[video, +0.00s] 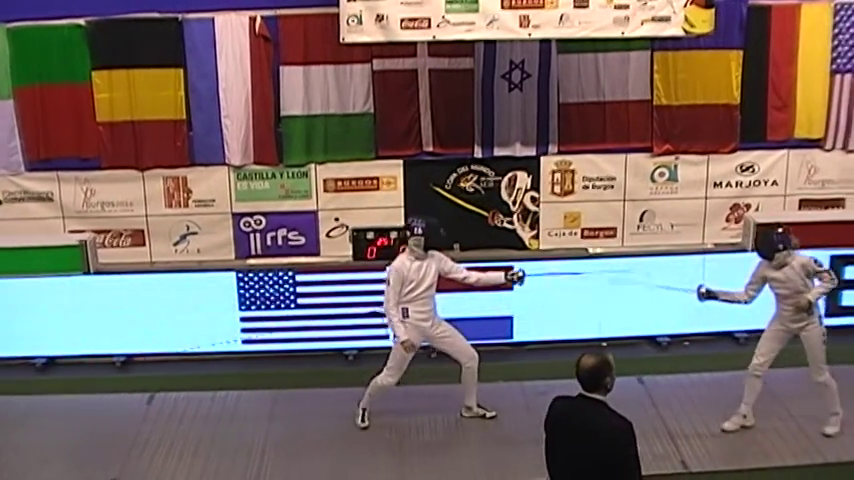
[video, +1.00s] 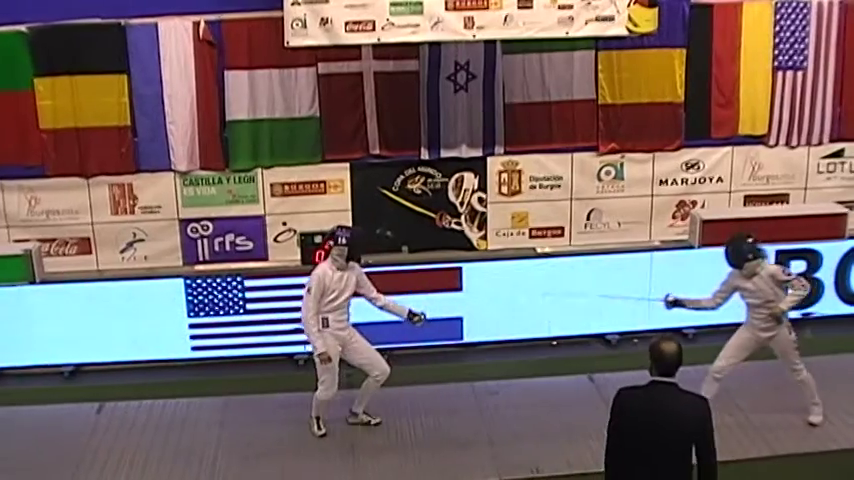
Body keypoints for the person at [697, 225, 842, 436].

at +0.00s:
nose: (769, 262)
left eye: (771, 257)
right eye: (766, 258)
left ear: (782, 251)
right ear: (765, 255)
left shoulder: (803, 263)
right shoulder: (764, 268)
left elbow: (830, 280)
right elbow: (746, 296)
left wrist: (810, 298)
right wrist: (713, 295)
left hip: (809, 323)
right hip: (781, 322)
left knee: (820, 375)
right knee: (757, 367)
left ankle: (835, 416)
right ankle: (744, 415)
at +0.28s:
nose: (792, 274)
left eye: (795, 269)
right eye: (790, 270)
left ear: (802, 262)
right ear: (786, 268)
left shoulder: (820, 275)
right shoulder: (783, 281)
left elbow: (845, 295)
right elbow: (767, 307)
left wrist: (825, 311)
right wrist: (736, 307)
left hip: (824, 335)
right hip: (795, 334)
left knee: (836, 385)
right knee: (761, 371)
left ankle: (852, 413)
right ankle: (737, 413)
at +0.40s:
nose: (800, 262)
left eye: (802, 258)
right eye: (798, 259)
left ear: (807, 252)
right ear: (791, 258)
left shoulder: (827, 266)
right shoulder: (789, 272)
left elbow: (852, 281)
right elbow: (777, 300)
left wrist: (840, 299)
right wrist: (745, 303)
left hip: (830, 326)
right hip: (802, 325)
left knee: (837, 375)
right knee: (772, 367)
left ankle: (848, 413)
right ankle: (748, 410)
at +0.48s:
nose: (797, 259)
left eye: (799, 253)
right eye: (796, 255)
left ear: (805, 248)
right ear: (792, 254)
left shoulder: (827, 261)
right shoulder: (789, 267)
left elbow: (850, 275)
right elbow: (776, 296)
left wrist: (843, 296)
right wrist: (744, 301)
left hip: (829, 323)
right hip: (801, 322)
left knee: (835, 371)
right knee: (776, 366)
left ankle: (843, 411)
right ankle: (774, 410)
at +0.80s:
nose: (788, 254)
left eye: (788, 249)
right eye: (783, 251)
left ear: (787, 248)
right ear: (773, 254)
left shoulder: (805, 261)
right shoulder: (769, 269)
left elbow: (834, 276)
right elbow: (756, 296)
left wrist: (817, 296)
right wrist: (725, 299)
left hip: (808, 322)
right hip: (781, 321)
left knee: (816, 367)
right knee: (751, 363)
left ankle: (824, 409)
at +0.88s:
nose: (770, 262)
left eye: (772, 257)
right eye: (767, 258)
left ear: (777, 252)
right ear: (760, 257)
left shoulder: (794, 264)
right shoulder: (757, 271)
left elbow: (822, 281)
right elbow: (741, 298)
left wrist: (806, 298)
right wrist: (709, 298)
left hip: (799, 324)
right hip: (772, 323)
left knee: (811, 367)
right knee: (740, 364)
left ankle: (821, 410)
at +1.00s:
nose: (746, 270)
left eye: (748, 264)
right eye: (743, 266)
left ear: (756, 259)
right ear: (738, 265)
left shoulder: (772, 271)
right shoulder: (735, 278)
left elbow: (803, 286)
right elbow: (713, 302)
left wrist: (783, 307)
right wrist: (680, 303)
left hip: (779, 330)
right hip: (751, 330)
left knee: (797, 370)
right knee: (717, 370)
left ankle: (815, 410)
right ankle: (698, 414)